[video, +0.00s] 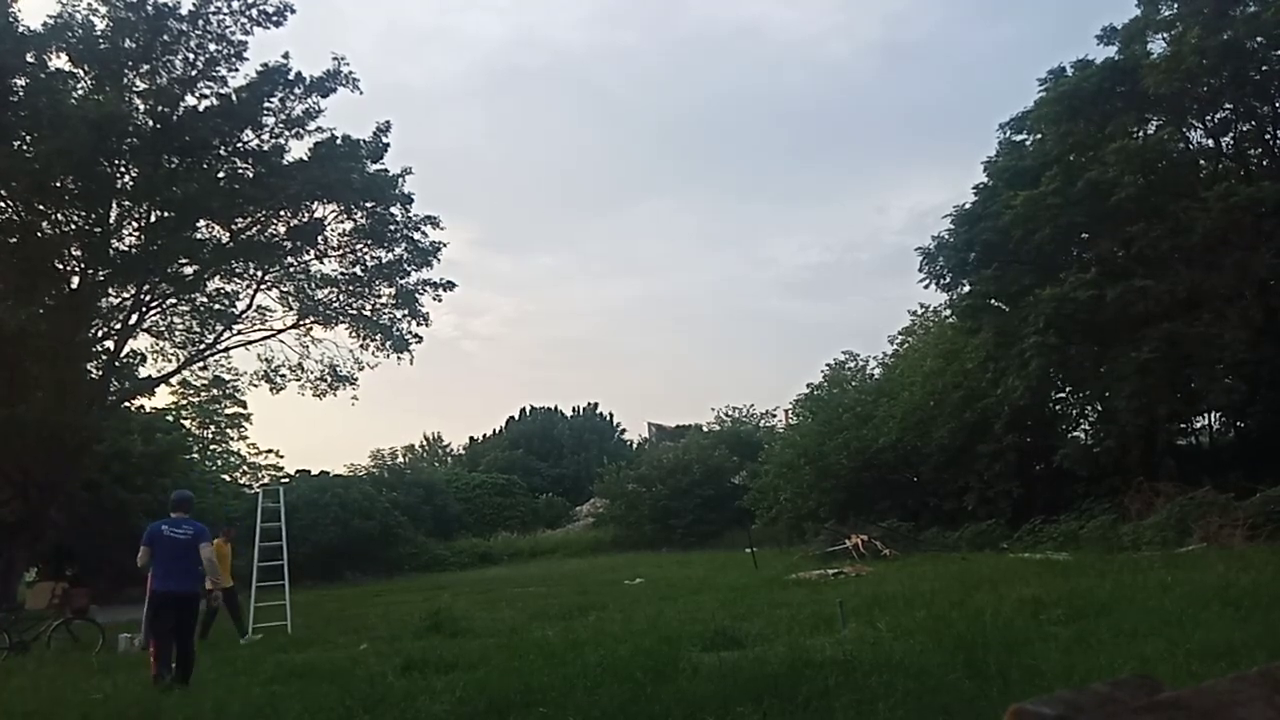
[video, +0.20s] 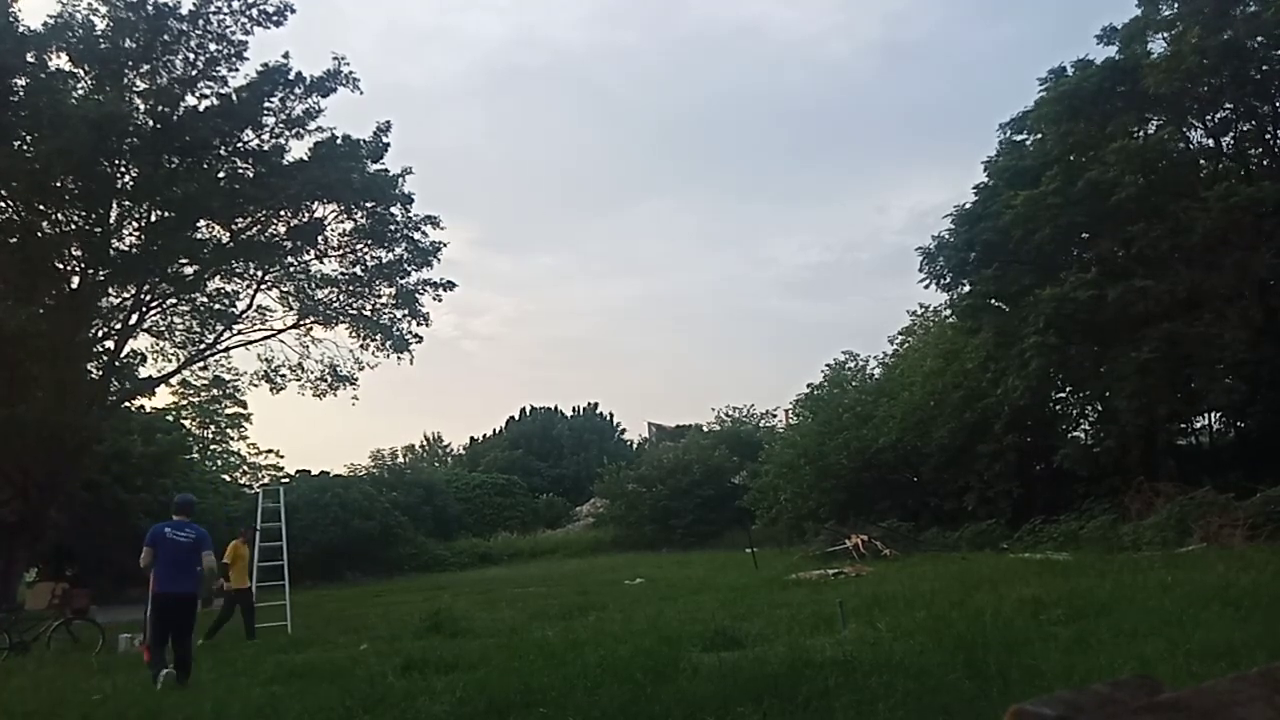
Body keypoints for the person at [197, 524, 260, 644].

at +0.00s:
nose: (233, 534)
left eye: (233, 532)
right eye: (231, 532)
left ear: (230, 533)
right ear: (225, 532)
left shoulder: (228, 545)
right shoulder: (215, 546)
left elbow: (226, 563)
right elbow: (210, 564)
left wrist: (228, 579)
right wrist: (211, 585)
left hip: (228, 584)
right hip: (215, 586)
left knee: (235, 611)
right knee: (210, 613)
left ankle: (244, 635)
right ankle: (202, 639)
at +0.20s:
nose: (251, 537)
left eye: (252, 534)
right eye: (250, 534)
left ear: (248, 535)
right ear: (243, 534)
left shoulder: (246, 547)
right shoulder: (234, 545)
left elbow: (243, 566)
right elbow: (224, 563)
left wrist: (247, 582)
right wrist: (226, 581)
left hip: (245, 587)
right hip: (234, 588)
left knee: (249, 615)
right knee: (225, 615)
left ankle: (251, 638)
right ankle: (205, 638)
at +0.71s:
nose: (285, 535)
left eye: (286, 533)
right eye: (283, 532)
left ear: (286, 534)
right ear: (278, 532)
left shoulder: (283, 544)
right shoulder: (269, 544)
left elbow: (290, 555)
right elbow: (261, 563)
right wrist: (267, 582)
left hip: (277, 583)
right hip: (268, 585)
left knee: (266, 612)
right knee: (281, 609)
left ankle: (256, 635)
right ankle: (293, 631)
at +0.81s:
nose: (291, 537)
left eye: (291, 535)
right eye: (289, 535)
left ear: (291, 536)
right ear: (284, 534)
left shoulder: (290, 545)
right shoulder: (276, 544)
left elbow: (298, 557)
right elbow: (270, 564)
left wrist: (311, 563)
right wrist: (275, 583)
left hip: (287, 583)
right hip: (280, 583)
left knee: (278, 611)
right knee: (288, 608)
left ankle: (261, 631)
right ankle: (294, 632)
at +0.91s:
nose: (296, 536)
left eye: (297, 533)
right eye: (294, 533)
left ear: (297, 534)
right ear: (289, 533)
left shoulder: (296, 543)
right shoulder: (281, 545)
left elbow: (302, 557)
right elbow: (276, 564)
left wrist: (313, 567)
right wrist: (280, 583)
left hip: (296, 582)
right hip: (285, 583)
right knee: (294, 608)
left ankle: (276, 628)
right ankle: (295, 632)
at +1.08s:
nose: (301, 532)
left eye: (303, 529)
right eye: (299, 529)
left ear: (305, 530)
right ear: (294, 529)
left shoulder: (305, 540)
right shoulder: (288, 542)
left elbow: (308, 556)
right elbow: (282, 560)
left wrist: (314, 569)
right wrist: (287, 578)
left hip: (307, 578)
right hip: (294, 581)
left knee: (316, 600)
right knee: (296, 608)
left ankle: (307, 627)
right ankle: (295, 631)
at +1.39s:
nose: (313, 540)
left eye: (315, 538)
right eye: (311, 538)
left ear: (318, 536)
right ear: (308, 537)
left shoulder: (324, 541)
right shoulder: (302, 547)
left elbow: (328, 556)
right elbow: (297, 567)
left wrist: (330, 572)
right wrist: (298, 584)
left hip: (324, 581)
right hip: (309, 583)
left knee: (332, 607)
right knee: (309, 609)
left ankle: (339, 631)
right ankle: (302, 632)